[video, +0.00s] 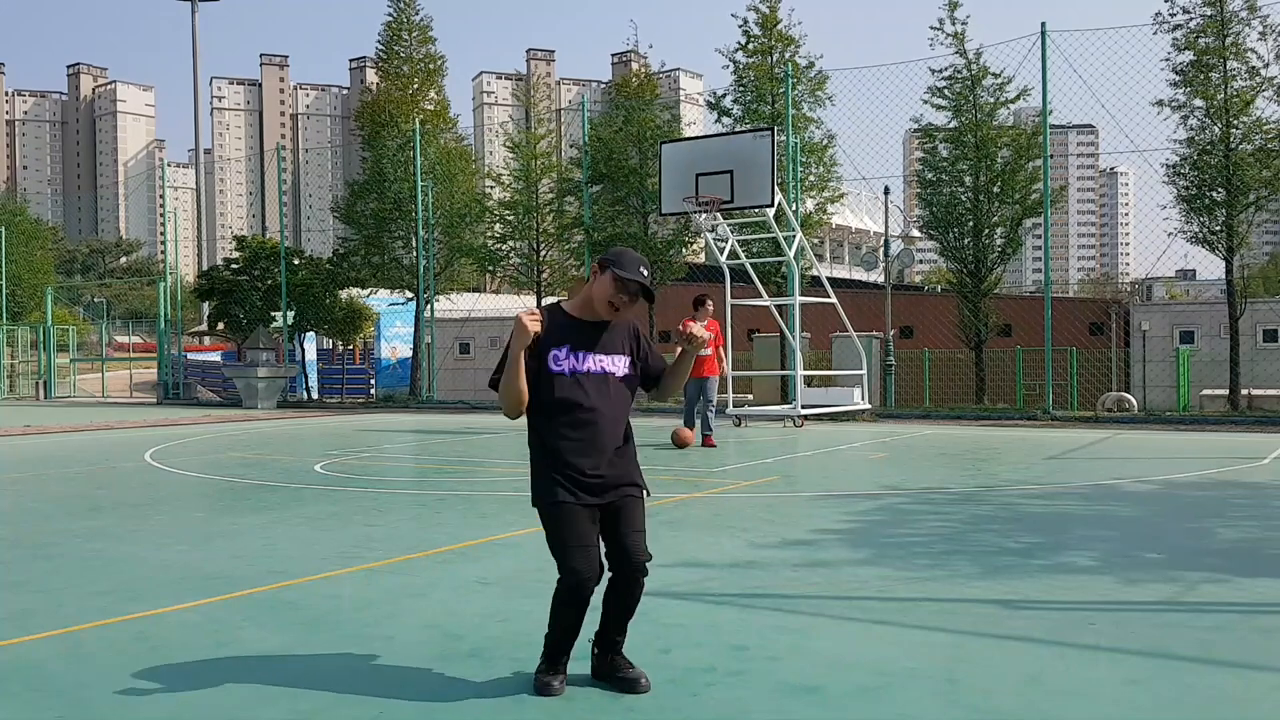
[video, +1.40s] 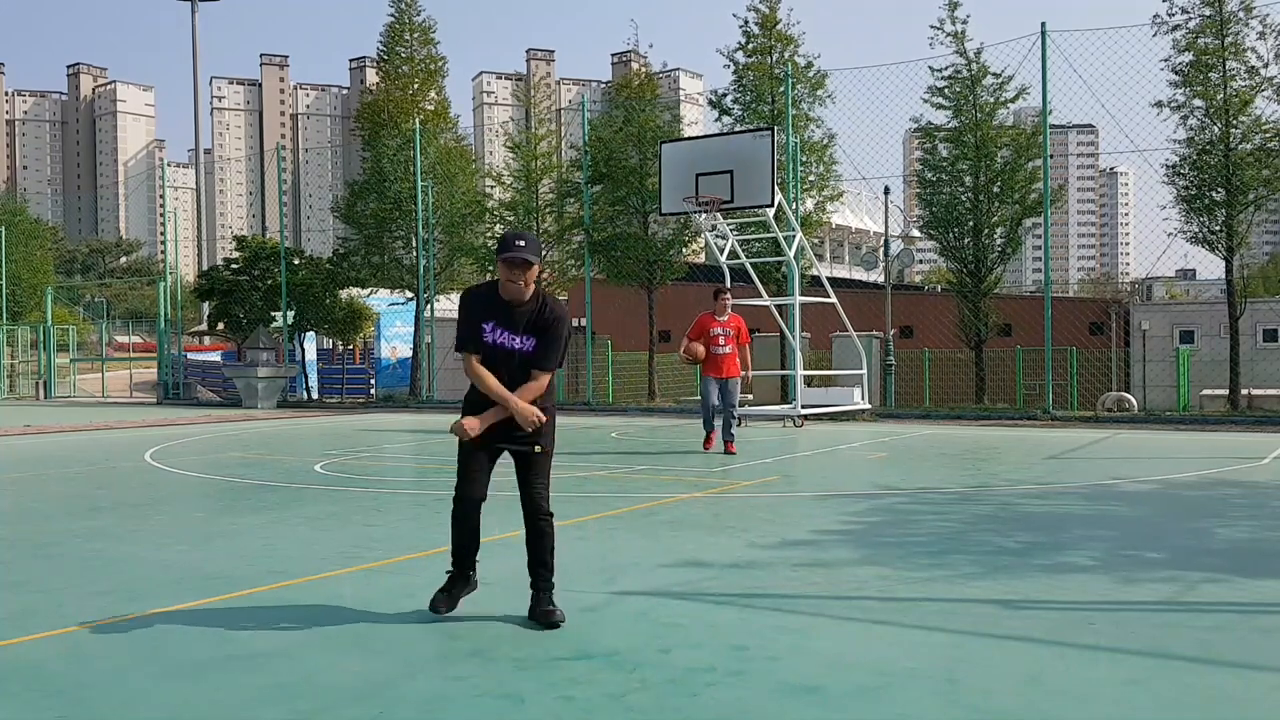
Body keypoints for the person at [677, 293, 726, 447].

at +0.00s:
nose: (712, 308)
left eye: (712, 305)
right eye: (709, 305)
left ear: (711, 308)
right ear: (699, 307)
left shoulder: (714, 325)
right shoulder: (687, 324)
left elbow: (719, 345)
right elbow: (679, 344)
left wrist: (724, 362)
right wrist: (677, 363)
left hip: (711, 370)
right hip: (692, 370)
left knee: (710, 403)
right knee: (690, 403)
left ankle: (707, 435)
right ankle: (689, 433)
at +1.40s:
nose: (726, 302)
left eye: (728, 299)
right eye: (723, 299)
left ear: (732, 301)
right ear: (716, 302)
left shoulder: (738, 321)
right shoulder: (704, 319)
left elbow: (744, 346)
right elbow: (688, 337)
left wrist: (749, 368)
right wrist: (681, 351)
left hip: (732, 372)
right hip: (710, 371)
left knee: (731, 407)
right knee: (710, 404)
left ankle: (729, 440)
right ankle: (709, 431)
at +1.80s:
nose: (705, 303)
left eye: (709, 300)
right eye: (705, 300)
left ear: (720, 302)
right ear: (710, 303)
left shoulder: (734, 321)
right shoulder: (701, 321)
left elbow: (743, 344)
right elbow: (690, 341)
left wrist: (740, 361)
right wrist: (681, 355)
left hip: (728, 372)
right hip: (707, 372)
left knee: (729, 411)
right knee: (706, 408)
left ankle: (729, 442)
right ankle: (703, 442)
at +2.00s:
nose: (693, 305)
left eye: (695, 301)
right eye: (693, 301)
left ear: (704, 303)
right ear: (701, 303)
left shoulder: (723, 320)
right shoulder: (694, 323)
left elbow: (731, 343)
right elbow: (690, 347)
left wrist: (721, 362)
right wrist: (683, 361)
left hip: (719, 371)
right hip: (699, 372)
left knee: (724, 409)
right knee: (699, 409)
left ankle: (728, 441)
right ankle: (702, 445)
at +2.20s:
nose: (683, 304)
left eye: (685, 301)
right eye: (683, 301)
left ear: (693, 302)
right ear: (693, 302)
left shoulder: (710, 318)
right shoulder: (689, 322)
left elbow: (717, 343)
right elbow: (690, 343)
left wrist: (699, 361)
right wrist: (680, 353)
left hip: (707, 371)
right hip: (691, 372)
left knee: (710, 405)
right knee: (693, 411)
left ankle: (724, 433)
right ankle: (701, 445)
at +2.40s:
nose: (675, 305)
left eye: (676, 301)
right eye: (675, 301)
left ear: (683, 302)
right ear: (688, 301)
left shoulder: (696, 316)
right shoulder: (691, 318)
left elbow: (699, 341)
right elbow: (686, 343)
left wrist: (681, 358)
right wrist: (676, 356)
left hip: (697, 370)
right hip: (693, 369)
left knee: (688, 405)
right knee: (694, 405)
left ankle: (703, 443)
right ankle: (701, 444)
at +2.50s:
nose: (672, 305)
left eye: (673, 301)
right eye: (672, 301)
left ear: (679, 301)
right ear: (687, 300)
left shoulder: (689, 316)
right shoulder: (694, 316)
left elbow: (690, 341)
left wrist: (673, 359)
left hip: (691, 372)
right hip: (698, 372)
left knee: (680, 406)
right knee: (694, 408)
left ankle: (685, 446)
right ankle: (702, 445)